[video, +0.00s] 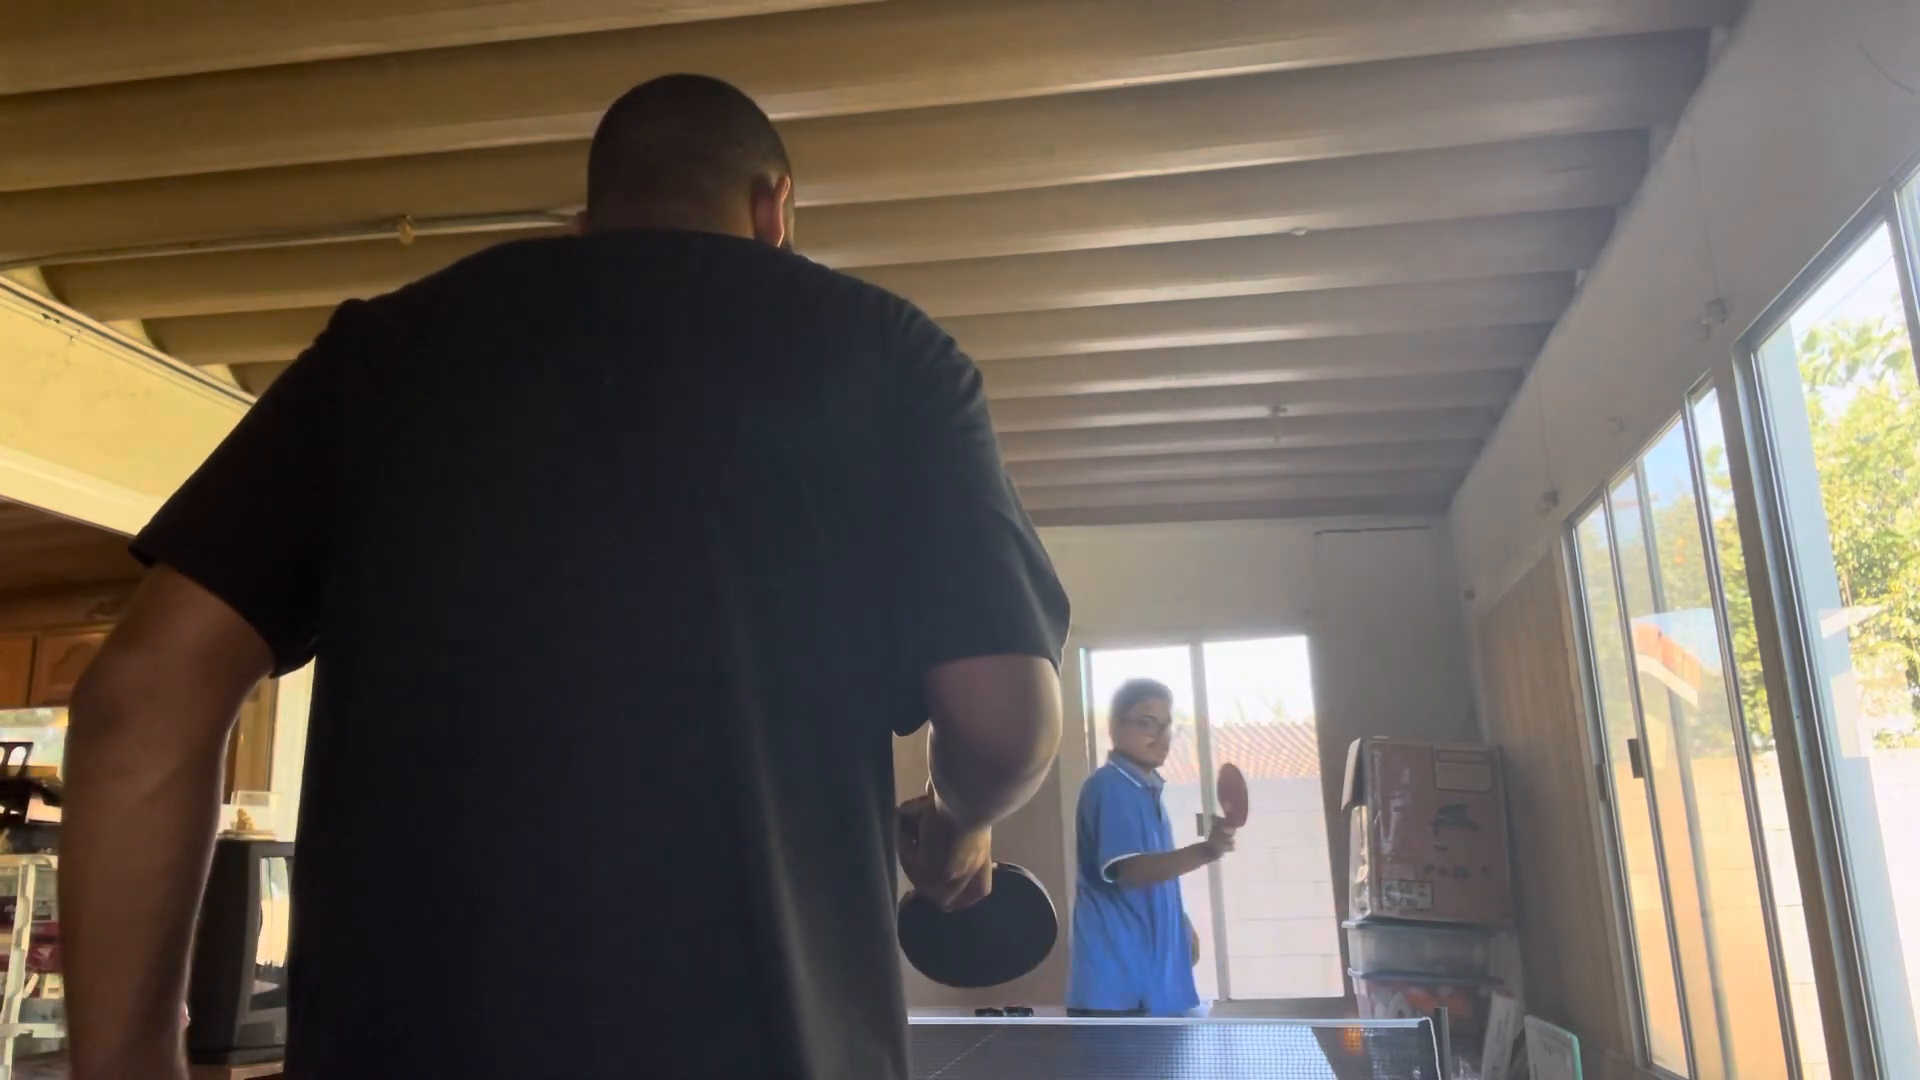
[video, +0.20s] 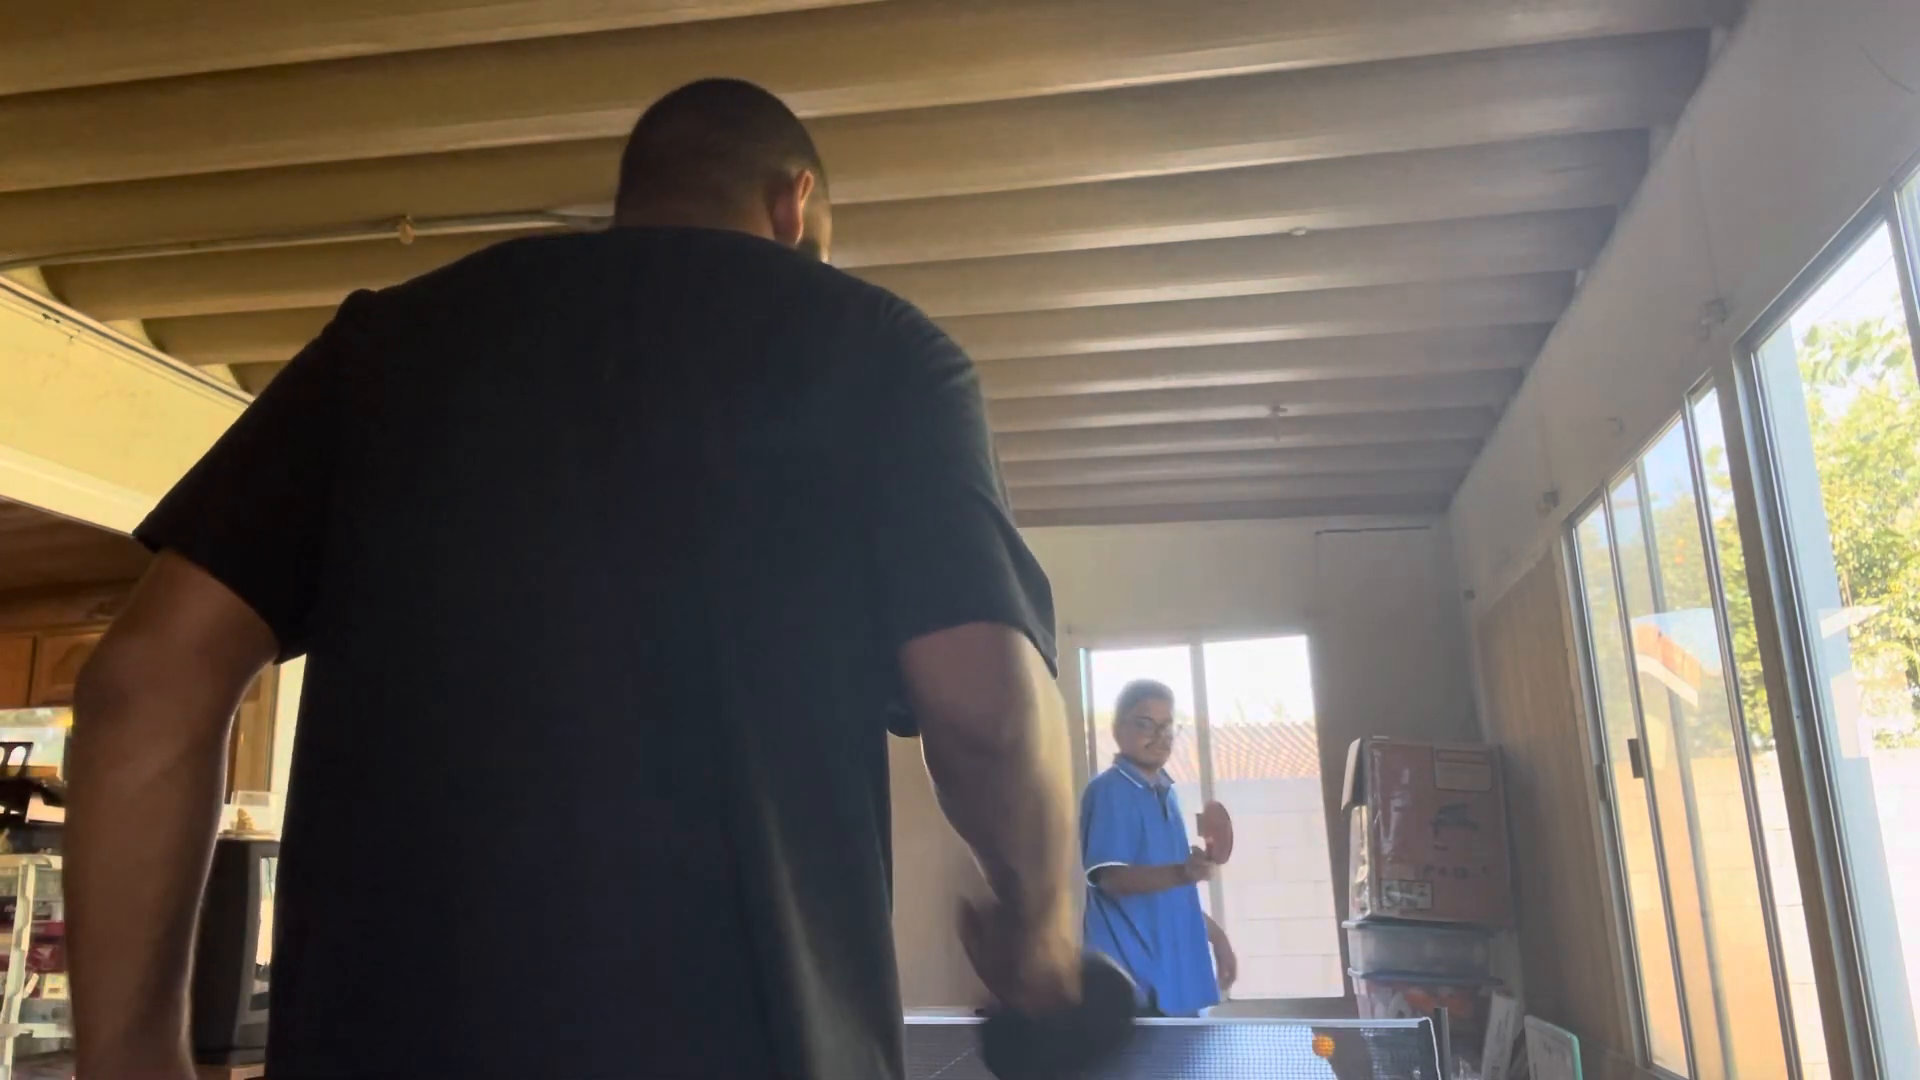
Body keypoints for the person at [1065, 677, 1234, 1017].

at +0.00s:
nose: (1160, 734)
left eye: (1166, 725)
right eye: (1146, 722)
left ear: (1172, 730)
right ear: (1115, 728)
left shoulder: (1146, 791)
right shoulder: (1111, 787)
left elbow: (1151, 877)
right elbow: (1125, 870)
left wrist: (1180, 923)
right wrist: (1204, 851)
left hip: (1158, 985)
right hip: (1118, 987)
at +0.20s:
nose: (1159, 735)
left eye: (1166, 724)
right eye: (1144, 724)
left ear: (1174, 730)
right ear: (1118, 730)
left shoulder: (1163, 792)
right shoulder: (1110, 791)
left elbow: (1167, 894)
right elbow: (1109, 878)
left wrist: (1214, 933)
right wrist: (1182, 873)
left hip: (1179, 986)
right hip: (1133, 993)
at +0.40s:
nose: (1166, 737)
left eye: (1174, 727)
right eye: (1152, 725)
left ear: (1182, 733)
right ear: (1125, 731)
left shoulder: (1175, 794)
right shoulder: (1113, 793)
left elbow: (1188, 891)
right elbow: (1108, 885)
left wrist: (1239, 937)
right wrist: (1174, 897)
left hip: (1195, 986)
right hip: (1147, 990)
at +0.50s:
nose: (1172, 740)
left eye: (1179, 730)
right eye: (1158, 729)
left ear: (1186, 733)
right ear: (1131, 732)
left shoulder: (1177, 796)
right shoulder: (1116, 794)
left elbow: (1189, 888)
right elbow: (1103, 882)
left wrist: (1236, 943)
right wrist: (1174, 906)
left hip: (1195, 987)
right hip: (1149, 994)